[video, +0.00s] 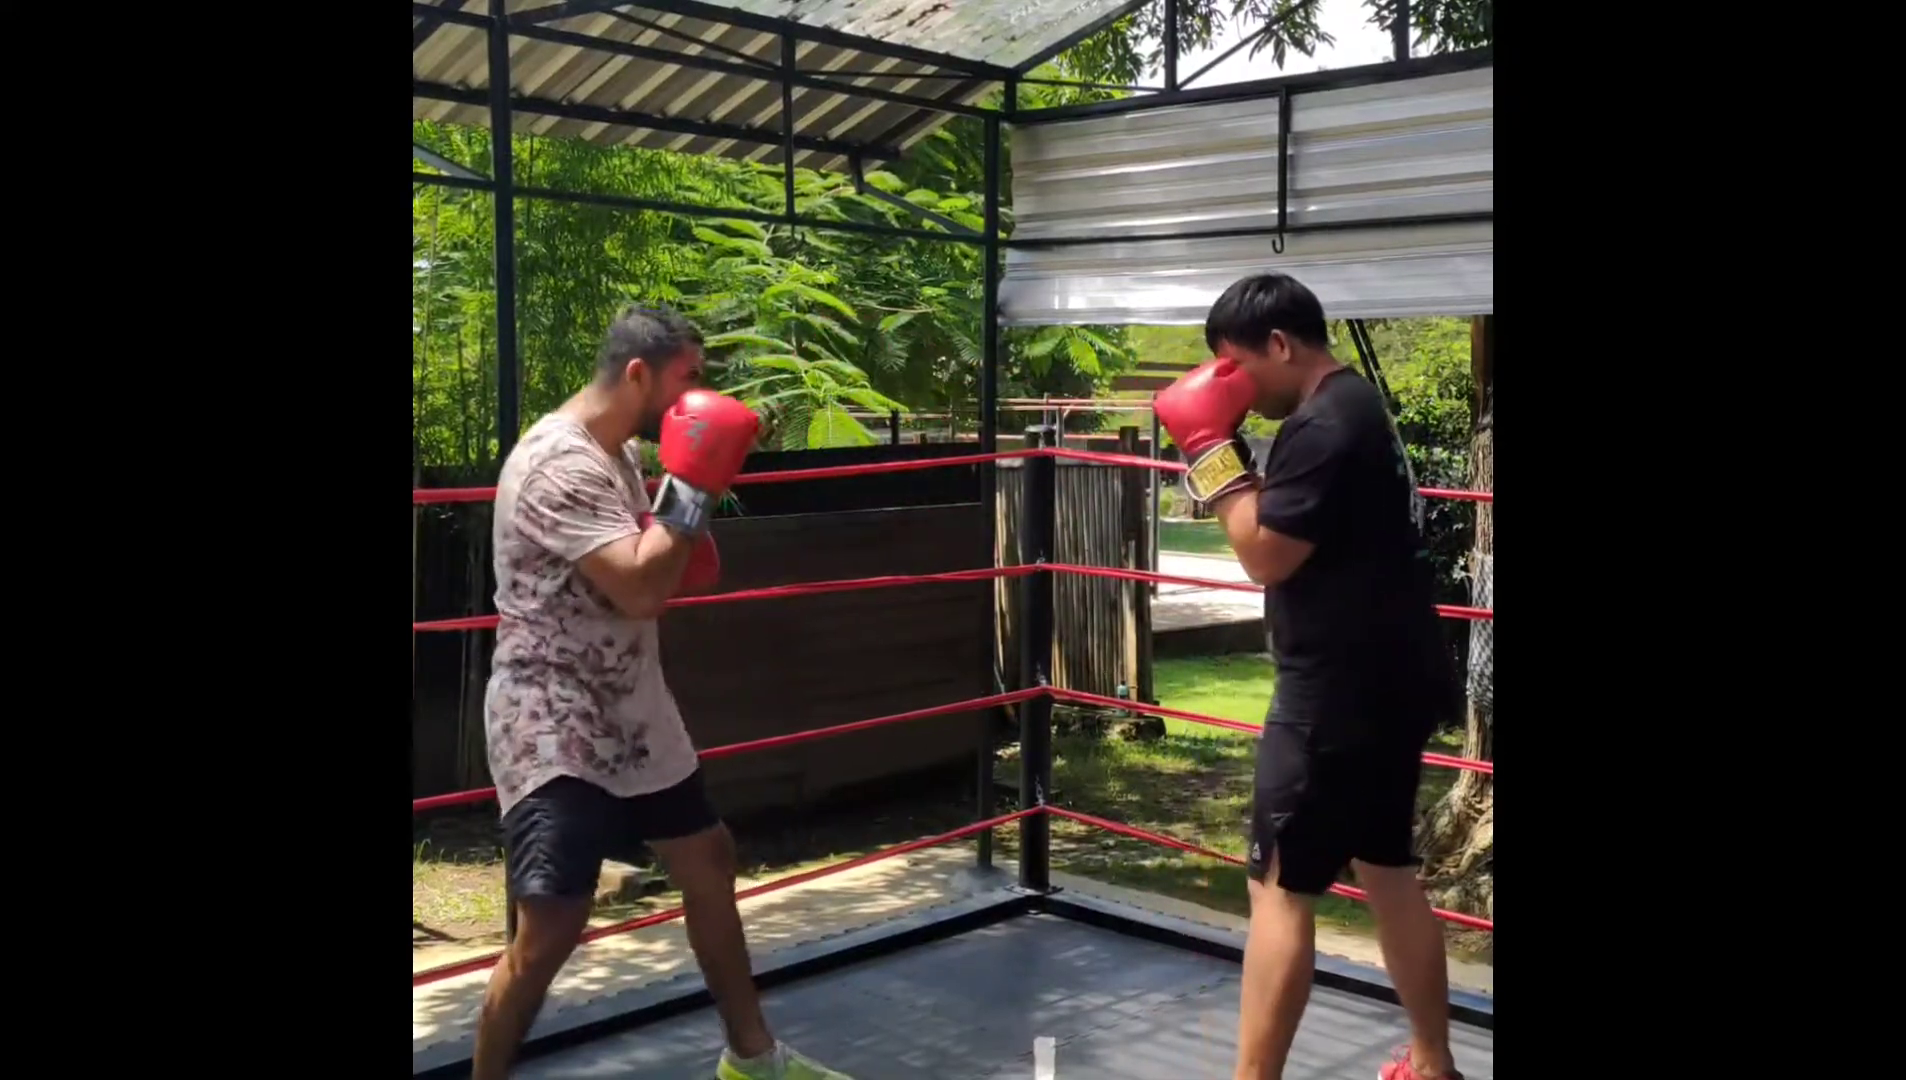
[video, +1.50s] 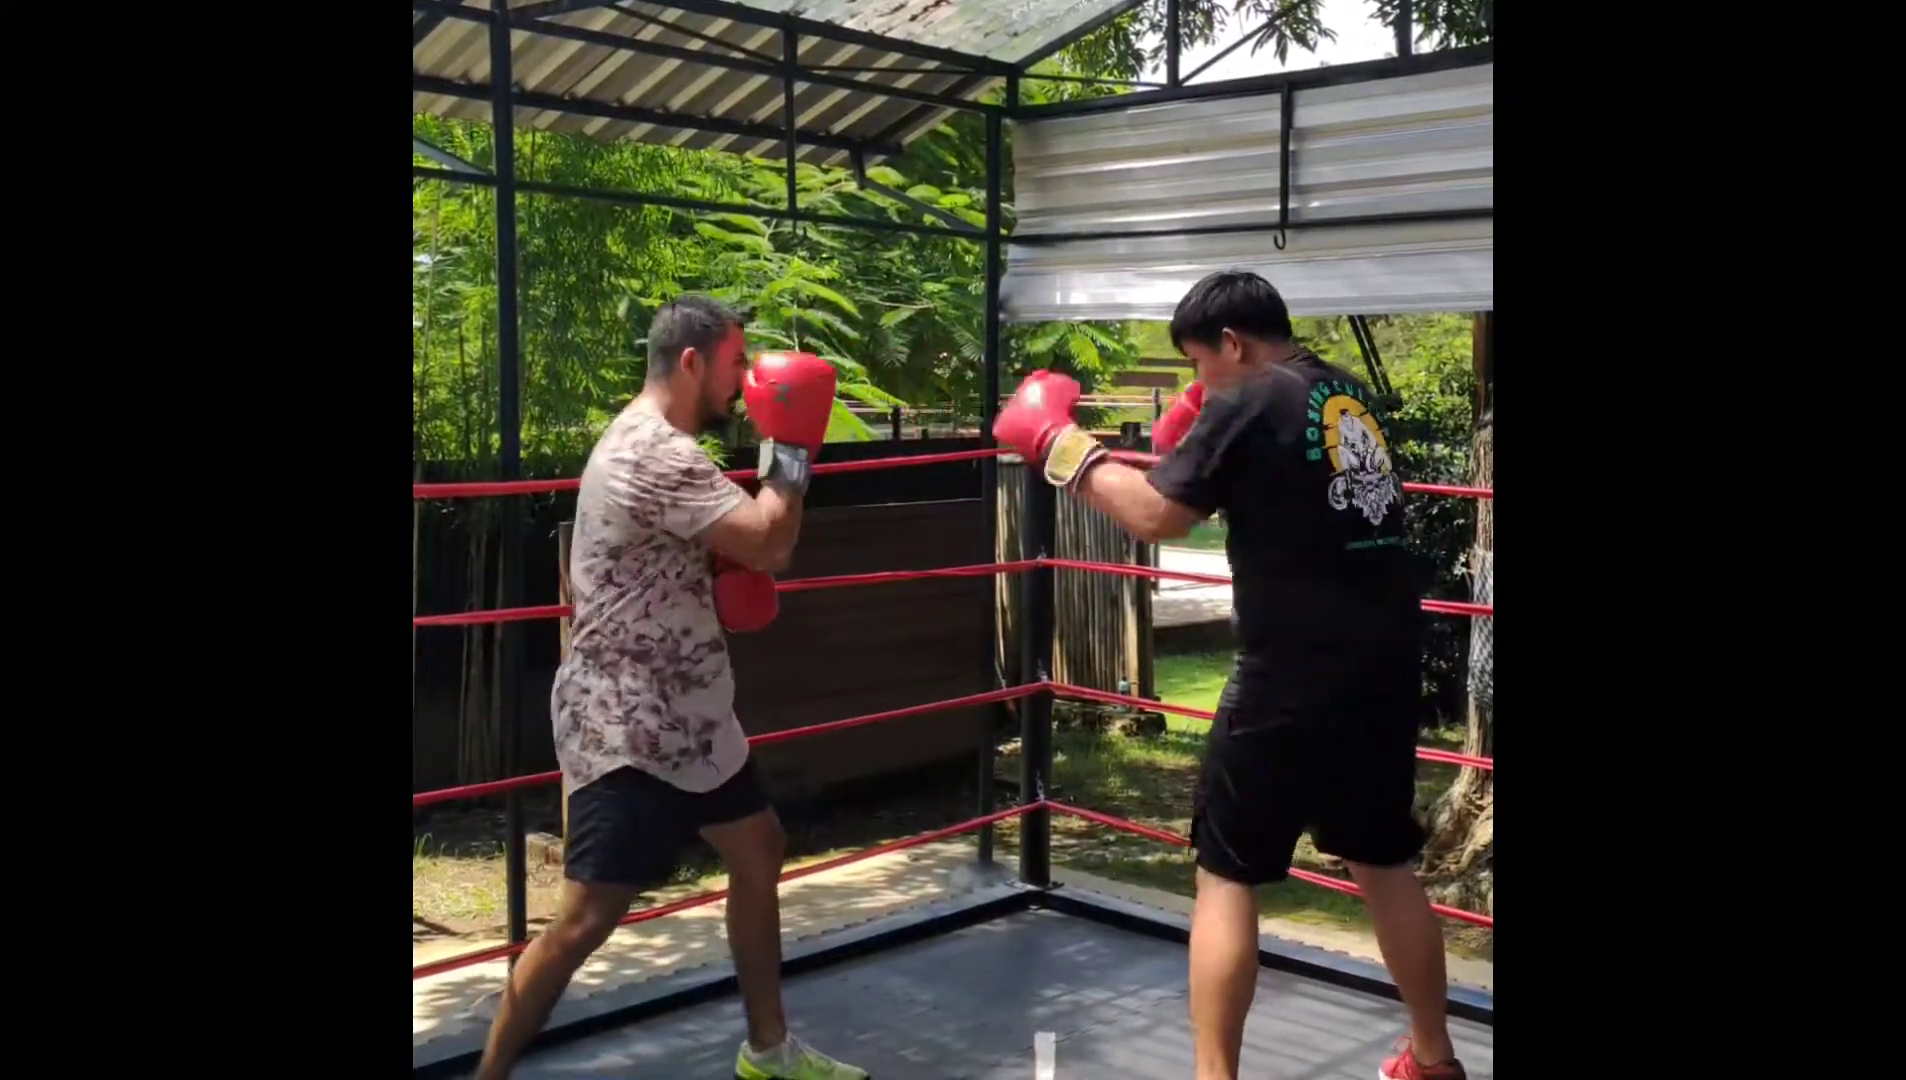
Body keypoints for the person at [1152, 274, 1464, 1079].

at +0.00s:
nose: (1232, 381)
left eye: (1233, 363)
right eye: (1225, 368)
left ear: (1280, 346)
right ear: (1295, 344)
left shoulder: (1326, 423)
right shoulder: (1355, 403)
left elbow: (1268, 559)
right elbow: (1280, 539)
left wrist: (1213, 455)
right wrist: (1229, 452)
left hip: (1331, 691)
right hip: (1387, 686)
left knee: (1278, 886)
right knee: (1388, 872)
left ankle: (1254, 1072)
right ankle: (1433, 1062)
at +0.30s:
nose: (1223, 384)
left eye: (1225, 367)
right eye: (1216, 371)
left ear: (1268, 351)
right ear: (1288, 349)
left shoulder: (1311, 430)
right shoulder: (1352, 407)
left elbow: (1245, 561)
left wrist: (1201, 455)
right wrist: (1226, 448)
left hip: (1322, 693)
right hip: (1391, 690)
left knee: (1250, 880)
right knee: (1384, 872)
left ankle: (1250, 1072)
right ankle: (1432, 1062)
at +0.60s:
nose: (1231, 385)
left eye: (1229, 370)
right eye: (1223, 372)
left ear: (1264, 353)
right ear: (1306, 345)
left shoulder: (1289, 414)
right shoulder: (1374, 397)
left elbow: (1179, 496)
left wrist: (1112, 412)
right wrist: (1242, 426)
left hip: (1313, 680)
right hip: (1409, 679)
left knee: (1248, 874)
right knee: (1393, 869)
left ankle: (1241, 1070)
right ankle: (1436, 1062)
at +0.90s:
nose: (1232, 385)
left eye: (1233, 367)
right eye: (1224, 372)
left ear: (1279, 347)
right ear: (1295, 346)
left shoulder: (1328, 421)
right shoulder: (1356, 403)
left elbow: (1282, 563)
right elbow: (1300, 543)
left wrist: (1218, 463)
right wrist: (1237, 456)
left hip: (1335, 690)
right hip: (1396, 685)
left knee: (1271, 887)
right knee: (1388, 874)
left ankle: (1253, 1072)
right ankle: (1433, 1061)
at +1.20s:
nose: (1193, 387)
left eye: (1191, 367)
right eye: (1187, 371)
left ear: (1230, 350)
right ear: (1274, 342)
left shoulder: (1254, 416)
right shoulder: (1346, 397)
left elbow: (1168, 512)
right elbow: (1290, 490)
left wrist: (1094, 453)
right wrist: (1203, 446)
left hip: (1281, 685)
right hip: (1385, 681)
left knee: (1218, 872)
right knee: (1387, 870)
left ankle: (1204, 1070)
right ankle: (1432, 1059)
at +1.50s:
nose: (1198, 385)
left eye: (1197, 363)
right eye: (1194, 365)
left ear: (1233, 344)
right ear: (1271, 341)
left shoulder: (1251, 402)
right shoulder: (1342, 394)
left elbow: (1159, 513)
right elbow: (1287, 495)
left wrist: (1062, 445)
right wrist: (1197, 444)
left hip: (1286, 680)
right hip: (1383, 679)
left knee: (1226, 874)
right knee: (1389, 864)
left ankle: (1214, 1070)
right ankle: (1435, 1054)